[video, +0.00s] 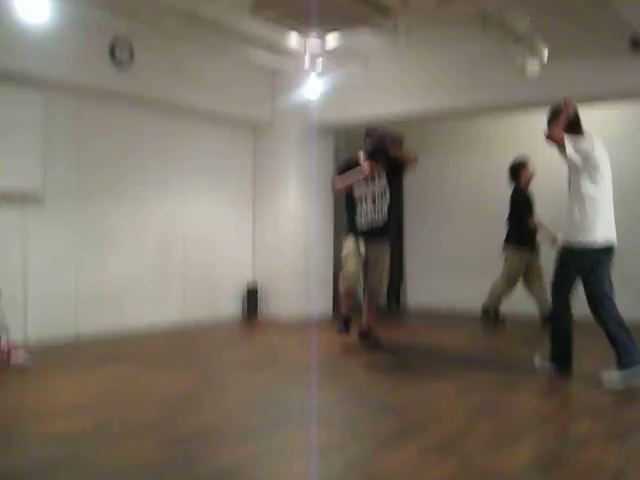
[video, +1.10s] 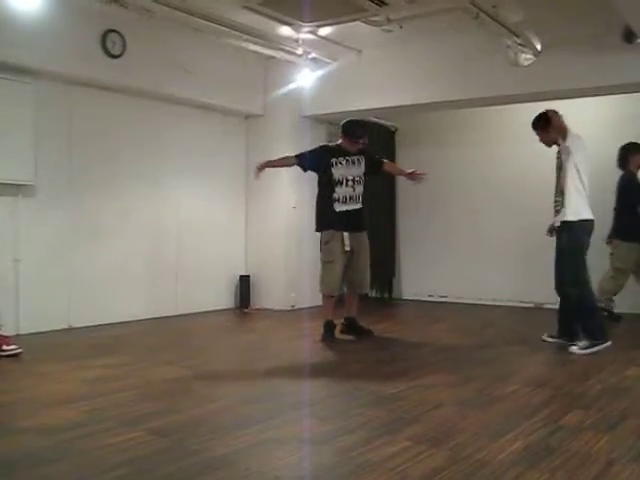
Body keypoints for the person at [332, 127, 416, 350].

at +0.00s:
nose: (373, 168)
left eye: (378, 164)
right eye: (370, 163)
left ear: (384, 159)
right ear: (363, 157)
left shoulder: (390, 168)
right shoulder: (351, 167)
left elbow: (411, 162)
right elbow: (337, 185)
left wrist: (395, 154)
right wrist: (361, 173)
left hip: (380, 235)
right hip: (355, 235)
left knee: (375, 285)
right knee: (350, 276)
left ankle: (367, 328)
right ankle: (346, 315)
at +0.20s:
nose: (363, 159)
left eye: (367, 155)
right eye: (360, 155)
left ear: (373, 151)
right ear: (351, 149)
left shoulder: (378, 158)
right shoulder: (336, 159)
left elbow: (404, 157)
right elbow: (322, 183)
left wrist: (392, 140)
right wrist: (349, 175)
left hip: (373, 228)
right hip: (347, 229)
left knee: (375, 276)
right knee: (342, 278)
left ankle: (365, 319)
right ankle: (336, 321)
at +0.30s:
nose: (353, 157)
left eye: (356, 153)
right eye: (350, 153)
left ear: (360, 148)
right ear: (340, 148)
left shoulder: (367, 156)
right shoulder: (325, 158)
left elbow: (389, 163)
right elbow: (312, 183)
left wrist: (401, 155)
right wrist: (327, 192)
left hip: (365, 223)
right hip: (339, 225)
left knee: (367, 273)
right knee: (336, 275)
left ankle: (360, 318)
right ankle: (331, 321)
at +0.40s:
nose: (347, 154)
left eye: (350, 150)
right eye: (343, 151)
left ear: (354, 146)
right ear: (334, 146)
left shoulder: (361, 156)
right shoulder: (318, 160)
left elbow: (388, 168)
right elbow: (305, 187)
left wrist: (413, 176)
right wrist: (301, 209)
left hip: (362, 227)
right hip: (335, 229)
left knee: (363, 275)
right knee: (332, 277)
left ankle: (358, 319)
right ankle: (329, 321)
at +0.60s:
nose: (345, 150)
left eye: (348, 147)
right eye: (341, 147)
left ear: (352, 143)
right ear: (332, 141)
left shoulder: (360, 157)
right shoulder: (316, 160)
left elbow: (377, 179)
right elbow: (295, 184)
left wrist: (393, 199)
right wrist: (273, 207)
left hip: (359, 227)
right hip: (332, 230)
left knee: (360, 276)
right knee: (330, 280)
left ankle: (357, 319)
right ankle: (329, 323)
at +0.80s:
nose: (350, 148)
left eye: (353, 145)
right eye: (347, 144)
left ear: (356, 141)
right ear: (337, 138)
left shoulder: (356, 153)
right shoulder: (319, 153)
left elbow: (365, 175)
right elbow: (293, 168)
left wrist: (375, 189)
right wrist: (268, 183)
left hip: (356, 223)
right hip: (331, 224)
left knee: (362, 273)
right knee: (330, 274)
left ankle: (354, 318)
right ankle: (328, 323)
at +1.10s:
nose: (360, 147)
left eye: (362, 143)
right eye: (357, 143)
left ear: (361, 141)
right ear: (345, 139)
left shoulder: (363, 157)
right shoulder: (324, 154)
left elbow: (384, 165)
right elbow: (295, 160)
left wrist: (405, 174)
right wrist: (266, 164)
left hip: (357, 226)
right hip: (332, 226)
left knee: (357, 276)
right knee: (332, 277)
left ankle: (351, 321)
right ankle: (328, 325)